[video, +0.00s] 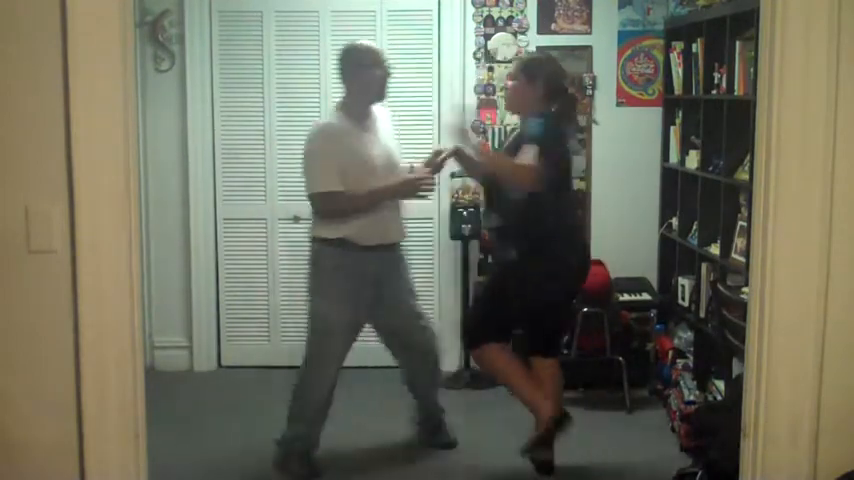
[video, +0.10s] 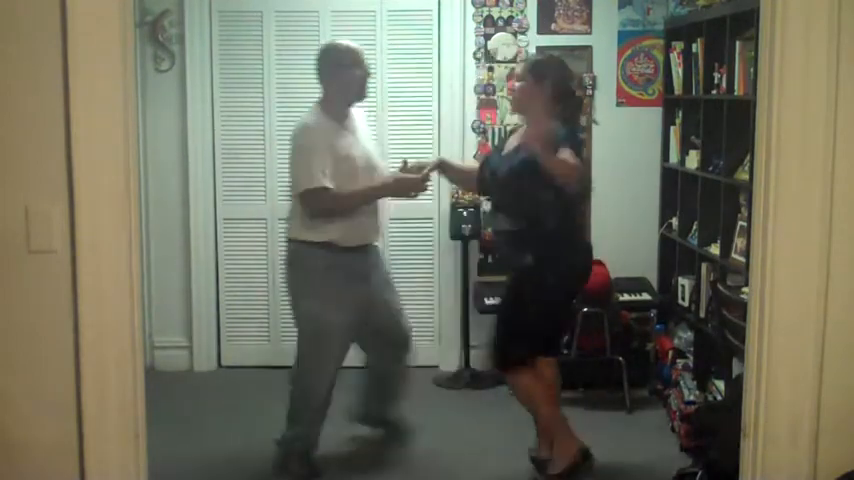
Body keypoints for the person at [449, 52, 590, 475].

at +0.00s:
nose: (508, 87)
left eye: (515, 81)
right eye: (511, 80)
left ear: (537, 88)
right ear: (538, 89)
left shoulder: (540, 131)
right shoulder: (537, 132)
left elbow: (527, 179)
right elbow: (506, 183)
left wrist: (478, 153)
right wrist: (466, 160)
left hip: (539, 257)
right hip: (556, 256)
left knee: (481, 337)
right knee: (544, 347)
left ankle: (544, 409)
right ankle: (545, 443)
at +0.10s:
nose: (513, 86)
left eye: (522, 80)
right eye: (516, 79)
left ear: (546, 90)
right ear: (540, 92)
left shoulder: (562, 136)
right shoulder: (520, 139)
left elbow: (573, 177)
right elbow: (485, 180)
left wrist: (541, 152)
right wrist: (443, 165)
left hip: (555, 260)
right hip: (532, 260)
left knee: (510, 358)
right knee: (542, 353)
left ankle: (566, 445)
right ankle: (547, 442)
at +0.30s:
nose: (519, 87)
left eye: (529, 81)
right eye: (522, 81)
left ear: (554, 90)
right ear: (540, 92)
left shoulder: (572, 136)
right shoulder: (523, 139)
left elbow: (579, 190)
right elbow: (485, 179)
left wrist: (534, 160)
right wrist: (434, 175)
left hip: (565, 262)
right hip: (531, 262)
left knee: (553, 361)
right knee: (514, 348)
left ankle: (580, 459)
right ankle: (561, 410)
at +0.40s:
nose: (519, 88)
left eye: (528, 82)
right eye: (522, 81)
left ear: (554, 90)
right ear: (542, 92)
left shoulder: (571, 137)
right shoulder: (526, 137)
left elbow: (550, 199)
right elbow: (488, 172)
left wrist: (498, 175)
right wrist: (430, 169)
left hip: (566, 267)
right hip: (532, 265)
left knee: (557, 364)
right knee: (498, 342)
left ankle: (580, 458)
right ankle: (553, 384)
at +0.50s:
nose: (517, 88)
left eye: (526, 82)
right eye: (520, 81)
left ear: (553, 91)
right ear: (540, 93)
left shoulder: (562, 140)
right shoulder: (524, 136)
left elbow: (528, 203)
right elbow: (482, 170)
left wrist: (477, 195)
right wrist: (427, 167)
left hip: (563, 267)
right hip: (528, 265)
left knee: (560, 365)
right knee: (495, 344)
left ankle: (581, 459)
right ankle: (533, 425)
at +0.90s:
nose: (480, 94)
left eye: (489, 88)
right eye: (481, 87)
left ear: (517, 98)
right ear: (497, 99)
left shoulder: (533, 137)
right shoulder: (476, 148)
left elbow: (552, 148)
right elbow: (427, 164)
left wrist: (566, 156)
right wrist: (391, 124)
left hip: (525, 270)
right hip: (489, 270)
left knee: (472, 364)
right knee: (499, 362)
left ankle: (452, 469)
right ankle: (527, 451)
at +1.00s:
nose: (472, 98)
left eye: (482, 91)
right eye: (475, 91)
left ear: (507, 100)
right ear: (491, 100)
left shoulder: (523, 142)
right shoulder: (469, 146)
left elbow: (535, 161)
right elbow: (429, 154)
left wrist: (508, 169)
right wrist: (397, 112)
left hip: (515, 269)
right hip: (480, 269)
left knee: (462, 367)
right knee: (490, 361)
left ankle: (450, 470)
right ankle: (524, 451)